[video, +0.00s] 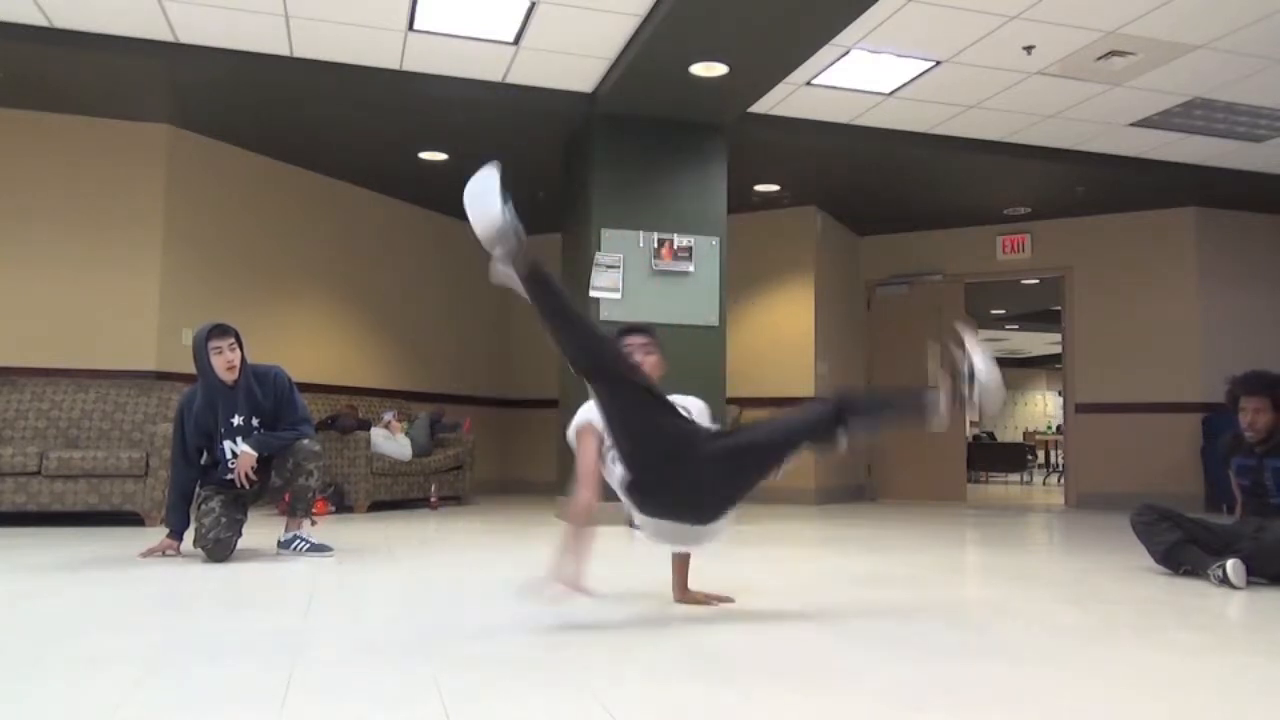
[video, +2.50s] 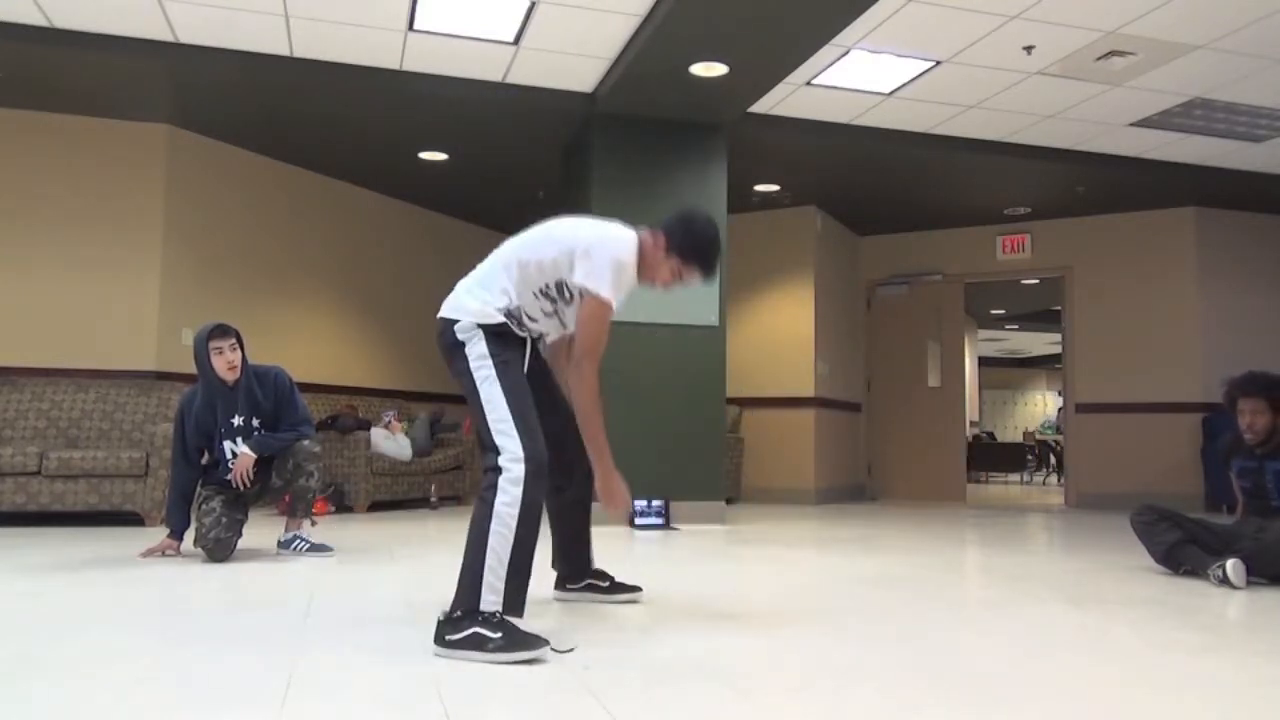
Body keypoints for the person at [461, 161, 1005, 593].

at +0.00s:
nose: (644, 358)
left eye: (649, 352)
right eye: (632, 353)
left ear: (663, 361)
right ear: (613, 364)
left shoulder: (694, 410)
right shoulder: (598, 411)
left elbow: (687, 494)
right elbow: (585, 498)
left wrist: (681, 586)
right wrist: (569, 571)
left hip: (712, 494)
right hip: (655, 487)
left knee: (825, 413)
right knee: (602, 357)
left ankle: (950, 399)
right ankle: (519, 261)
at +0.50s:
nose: (717, 367)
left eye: (719, 357)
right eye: (710, 360)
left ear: (657, 327)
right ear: (674, 360)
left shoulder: (612, 326)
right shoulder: (664, 417)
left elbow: (664, 328)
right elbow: (643, 517)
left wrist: (716, 322)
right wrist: (634, 608)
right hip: (606, 478)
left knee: (724, 382)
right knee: (673, 549)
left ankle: (825, 376)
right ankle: (599, 551)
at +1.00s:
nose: (710, 354)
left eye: (719, 347)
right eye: (704, 341)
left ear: (724, 354)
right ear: (684, 337)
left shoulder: (700, 412)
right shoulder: (659, 353)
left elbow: (674, 489)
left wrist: (668, 555)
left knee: (718, 590)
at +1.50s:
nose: (649, 371)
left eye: (651, 360)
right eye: (646, 359)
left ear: (610, 347)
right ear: (618, 351)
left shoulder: (574, 370)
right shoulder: (588, 403)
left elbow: (597, 474)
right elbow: (578, 517)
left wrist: (651, 507)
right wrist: (590, 622)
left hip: (619, 482)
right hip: (614, 529)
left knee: (726, 420)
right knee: (687, 591)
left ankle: (754, 512)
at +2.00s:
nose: (669, 444)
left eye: (679, 444)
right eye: (677, 439)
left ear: (680, 400)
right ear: (679, 405)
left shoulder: (655, 382)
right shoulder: (631, 382)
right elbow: (596, 505)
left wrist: (562, 456)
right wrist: (588, 614)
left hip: (550, 387)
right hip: (502, 364)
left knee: (636, 465)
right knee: (517, 460)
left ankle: (585, 570)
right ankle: (398, 568)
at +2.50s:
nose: (671, 285)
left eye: (681, 282)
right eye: (676, 273)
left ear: (657, 244)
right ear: (658, 242)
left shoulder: (611, 250)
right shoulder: (614, 251)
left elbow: (560, 351)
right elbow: (582, 367)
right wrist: (605, 471)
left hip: (519, 337)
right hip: (479, 324)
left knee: (567, 449)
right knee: (521, 461)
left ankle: (574, 573)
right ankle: (470, 617)